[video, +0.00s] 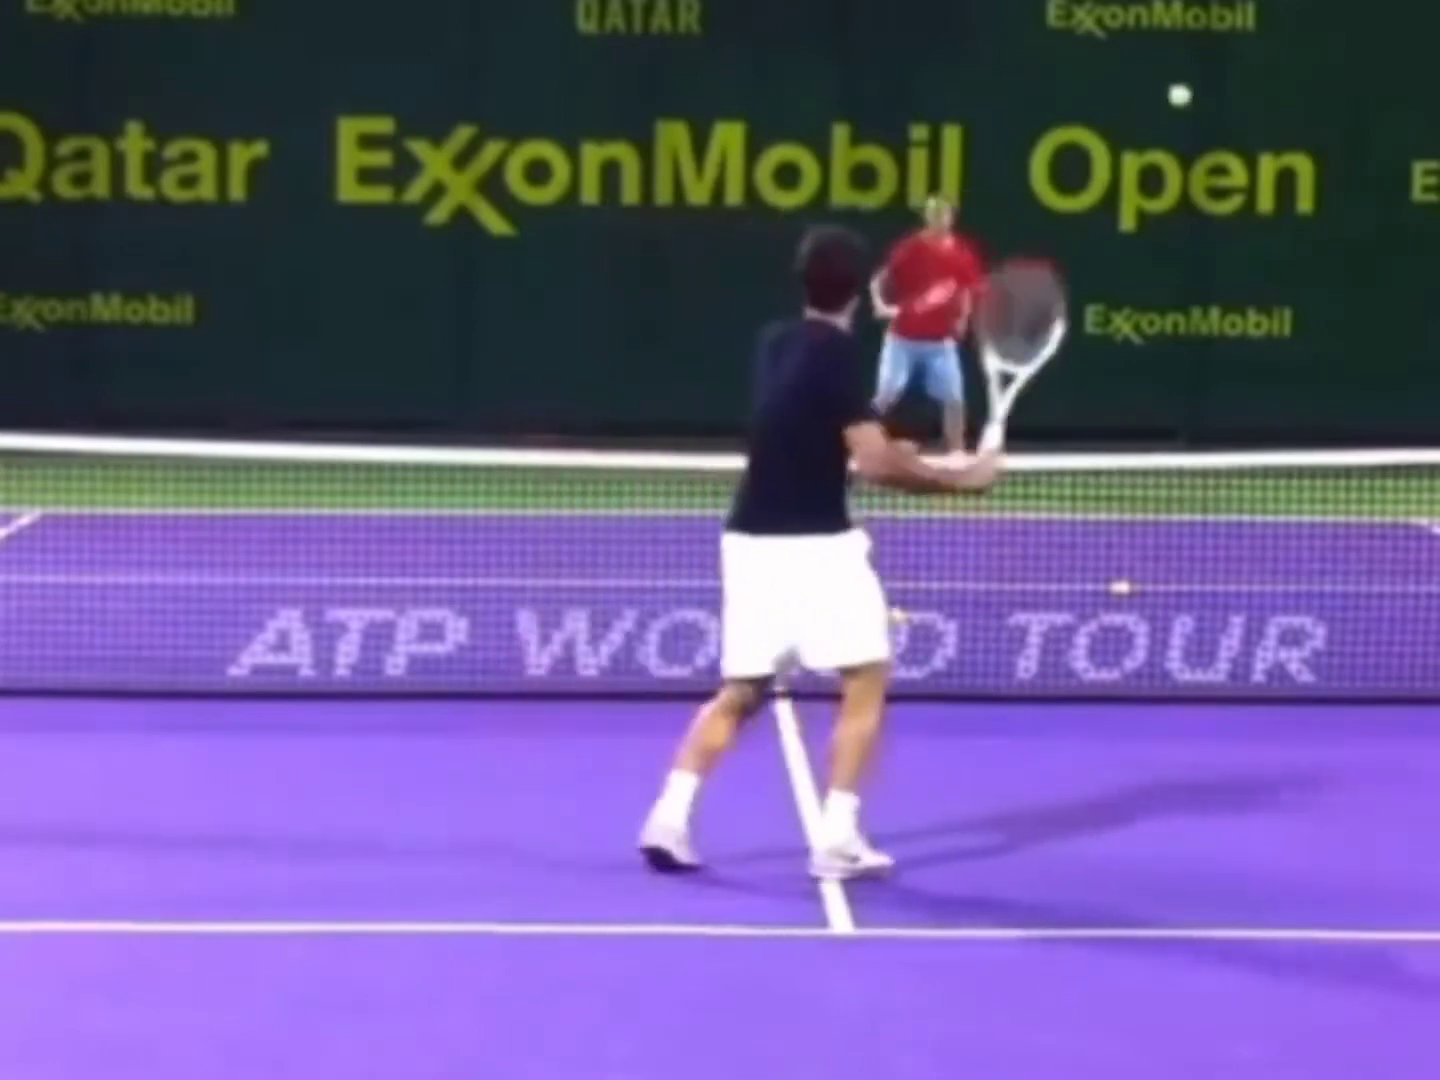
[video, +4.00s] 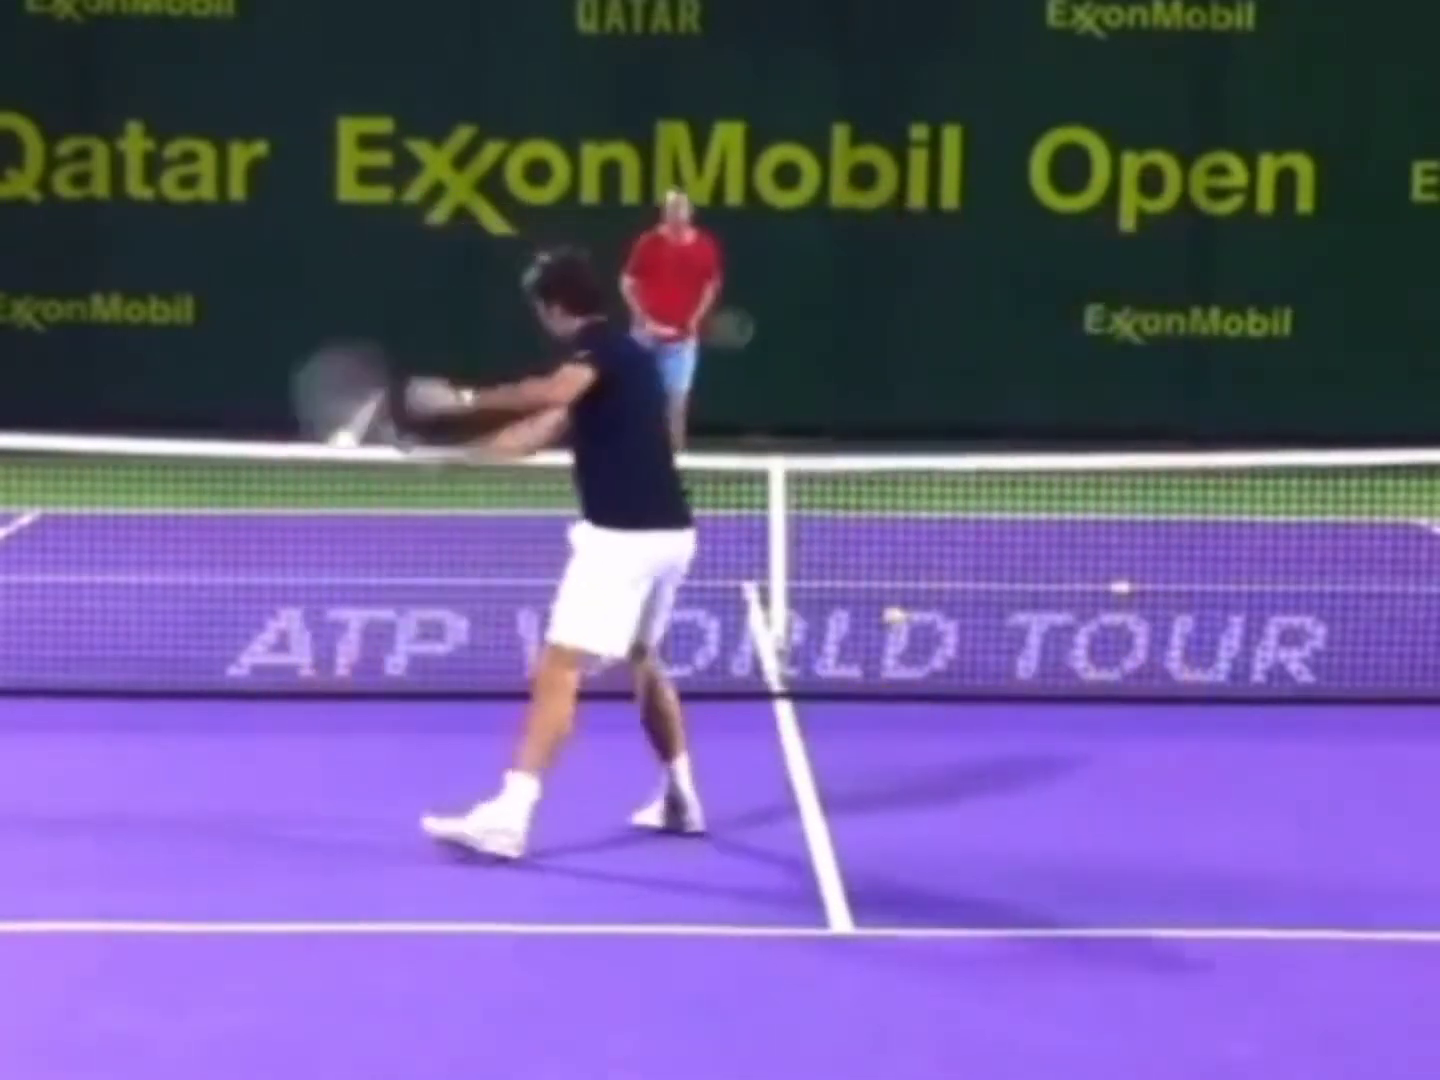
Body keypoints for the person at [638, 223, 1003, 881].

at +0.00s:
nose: (859, 289)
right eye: (860, 280)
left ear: (801, 285)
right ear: (859, 289)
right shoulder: (838, 354)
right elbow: (873, 457)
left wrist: (935, 462)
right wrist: (957, 473)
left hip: (749, 539)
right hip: (820, 542)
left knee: (740, 686)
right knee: (866, 682)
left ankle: (670, 816)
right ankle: (838, 830)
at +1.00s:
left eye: (1092, 266)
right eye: (1121, 268)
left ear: (1075, 275)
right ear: (1132, 277)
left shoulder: (1037, 339)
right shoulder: (1152, 350)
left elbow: (996, 422)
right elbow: (1179, 454)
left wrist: (1023, 414)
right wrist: (1144, 468)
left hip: (1043, 521)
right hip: (1119, 526)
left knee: (1041, 651)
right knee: (1160, 662)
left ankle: (1032, 797)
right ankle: (1185, 800)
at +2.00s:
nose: (817, 312)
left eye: (823, 306)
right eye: (818, 305)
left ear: (839, 320)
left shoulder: (867, 368)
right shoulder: (834, 372)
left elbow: (858, 427)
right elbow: (786, 387)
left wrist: (825, 349)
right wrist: (750, 355)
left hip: (900, 547)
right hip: (896, 544)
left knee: (874, 688)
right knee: (908, 678)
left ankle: (981, 803)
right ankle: (1017, 751)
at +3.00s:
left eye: (362, 281)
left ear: (355, 287)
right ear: (413, 289)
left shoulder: (328, 353)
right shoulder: (436, 357)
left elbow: (288, 442)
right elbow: (479, 451)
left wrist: (317, 460)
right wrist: (450, 490)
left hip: (340, 538)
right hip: (421, 538)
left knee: (296, 675)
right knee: (432, 668)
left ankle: (279, 821)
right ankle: (471, 796)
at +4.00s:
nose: (541, 318)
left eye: (542, 306)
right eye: (541, 306)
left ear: (558, 304)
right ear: (597, 295)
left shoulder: (595, 350)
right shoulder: (630, 354)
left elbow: (552, 394)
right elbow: (543, 428)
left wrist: (463, 401)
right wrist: (464, 444)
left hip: (618, 535)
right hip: (670, 533)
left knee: (559, 666)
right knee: (645, 663)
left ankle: (512, 810)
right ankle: (681, 793)